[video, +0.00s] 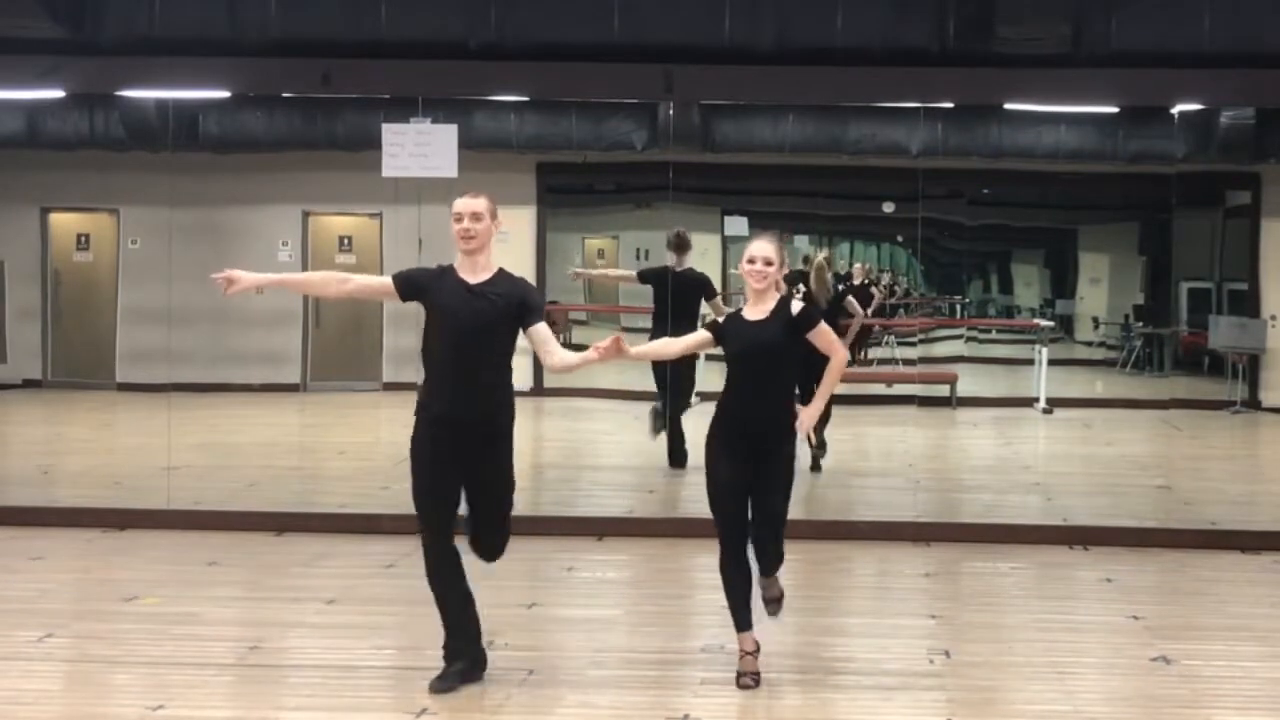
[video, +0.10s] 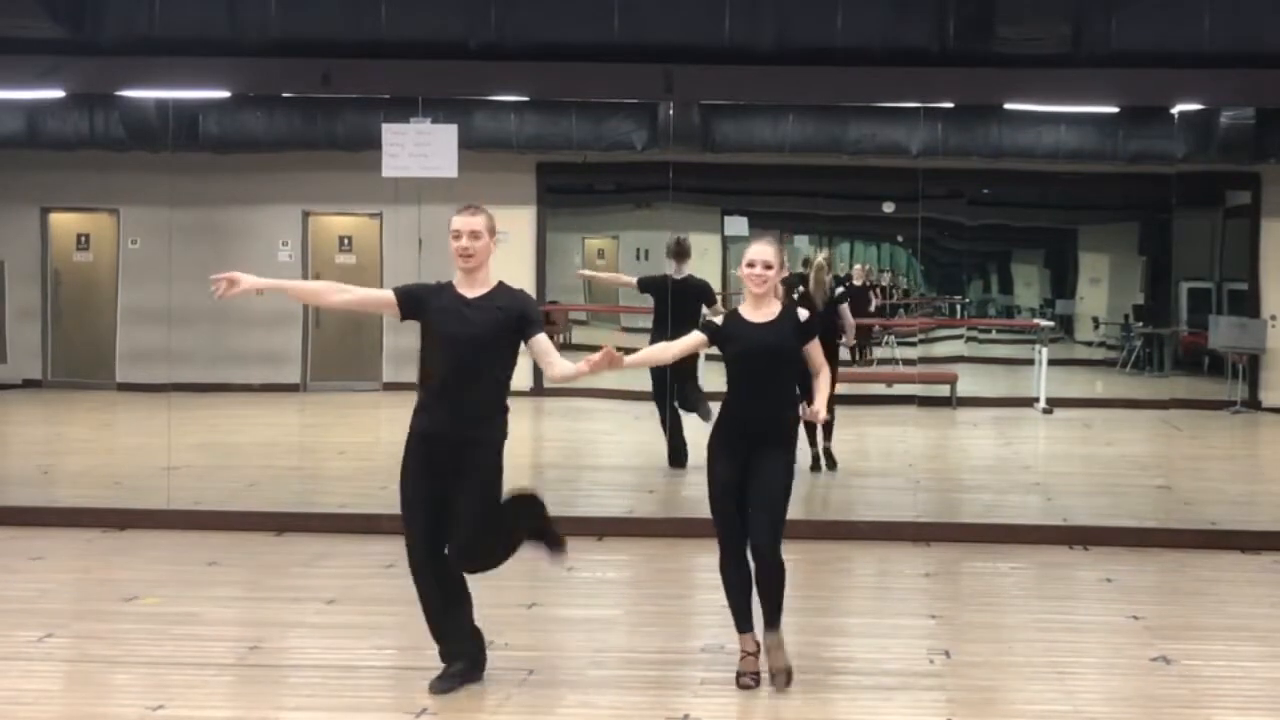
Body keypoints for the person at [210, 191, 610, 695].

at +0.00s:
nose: (466, 226)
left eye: (476, 218)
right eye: (459, 218)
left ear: (496, 226)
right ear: (451, 226)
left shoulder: (518, 293)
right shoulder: (430, 281)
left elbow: (553, 358)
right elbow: (345, 285)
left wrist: (593, 355)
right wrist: (261, 279)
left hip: (492, 434)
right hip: (436, 432)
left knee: (491, 546)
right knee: (437, 547)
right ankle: (466, 655)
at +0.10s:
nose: (465, 244)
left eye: (474, 235)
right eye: (457, 235)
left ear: (493, 242)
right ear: (449, 242)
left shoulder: (517, 305)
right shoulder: (429, 297)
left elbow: (554, 369)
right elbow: (339, 295)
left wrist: (588, 365)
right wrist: (259, 283)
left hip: (480, 447)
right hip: (427, 445)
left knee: (471, 554)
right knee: (426, 555)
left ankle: (526, 513)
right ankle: (464, 655)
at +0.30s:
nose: (467, 221)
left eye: (477, 214)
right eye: (459, 213)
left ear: (494, 222)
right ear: (449, 221)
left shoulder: (513, 288)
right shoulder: (424, 274)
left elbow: (547, 347)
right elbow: (338, 275)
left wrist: (579, 372)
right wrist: (256, 267)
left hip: (488, 423)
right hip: (433, 422)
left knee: (463, 525)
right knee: (432, 531)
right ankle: (467, 654)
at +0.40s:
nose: (467, 212)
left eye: (477, 204)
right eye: (460, 204)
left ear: (494, 213)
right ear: (449, 212)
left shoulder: (513, 279)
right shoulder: (424, 265)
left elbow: (545, 337)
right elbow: (337, 261)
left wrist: (578, 365)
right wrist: (251, 256)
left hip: (491, 408)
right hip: (435, 410)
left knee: (457, 473)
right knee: (453, 535)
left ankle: (390, 557)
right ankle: (465, 659)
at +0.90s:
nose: (465, 208)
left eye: (475, 200)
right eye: (458, 200)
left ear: (493, 210)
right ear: (448, 209)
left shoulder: (514, 275)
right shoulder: (424, 266)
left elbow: (562, 327)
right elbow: (347, 285)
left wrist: (601, 360)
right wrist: (330, 263)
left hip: (494, 405)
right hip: (440, 410)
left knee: (480, 470)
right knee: (458, 532)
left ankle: (423, 522)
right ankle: (474, 656)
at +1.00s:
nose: (464, 216)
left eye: (474, 208)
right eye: (457, 208)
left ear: (494, 218)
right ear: (447, 218)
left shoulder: (516, 277)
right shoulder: (426, 278)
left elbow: (572, 328)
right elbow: (366, 332)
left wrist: (605, 362)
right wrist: (344, 276)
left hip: (492, 408)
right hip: (438, 411)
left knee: (461, 476)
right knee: (450, 524)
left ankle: (418, 577)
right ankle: (474, 655)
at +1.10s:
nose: (469, 219)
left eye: (479, 212)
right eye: (461, 211)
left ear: (497, 221)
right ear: (450, 220)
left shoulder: (518, 280)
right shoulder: (431, 283)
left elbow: (575, 329)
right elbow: (426, 354)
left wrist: (606, 362)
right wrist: (374, 341)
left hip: (484, 410)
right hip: (436, 408)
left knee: (450, 514)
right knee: (439, 524)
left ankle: (449, 645)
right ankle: (472, 655)